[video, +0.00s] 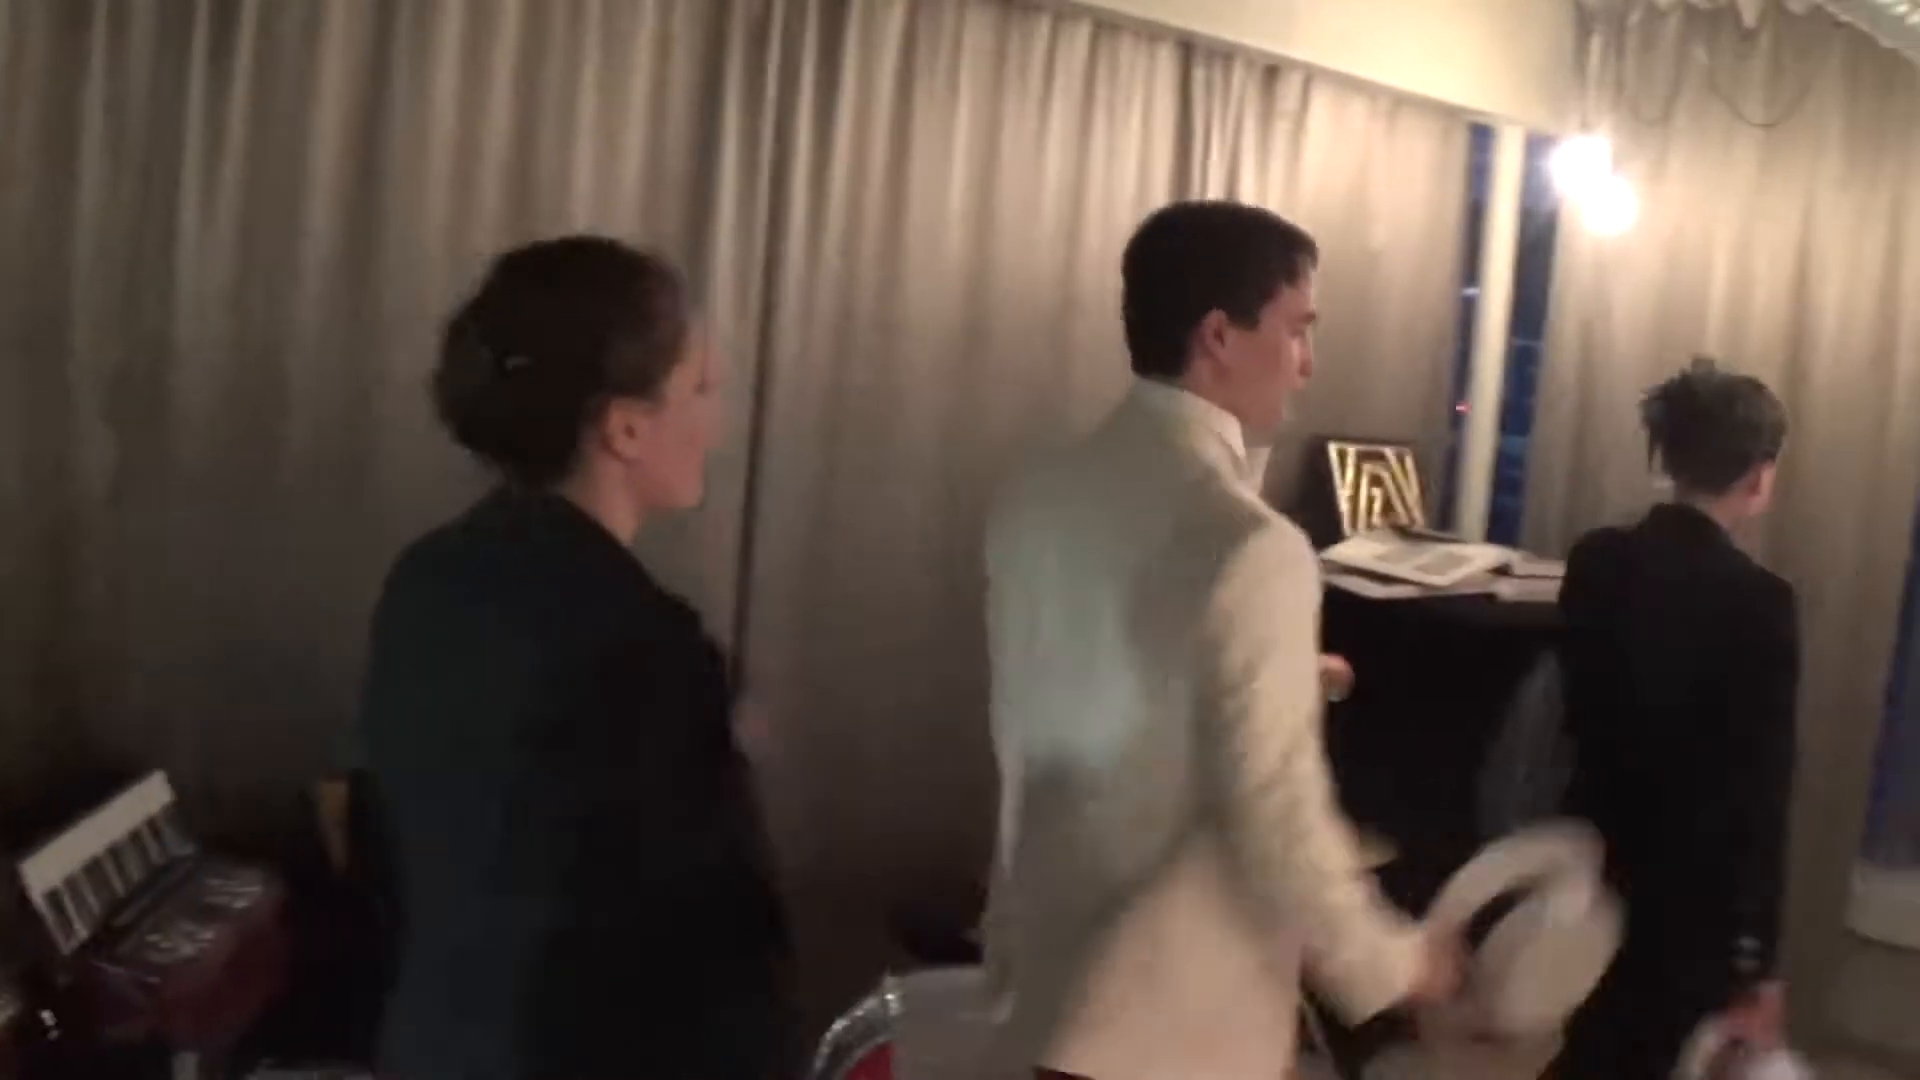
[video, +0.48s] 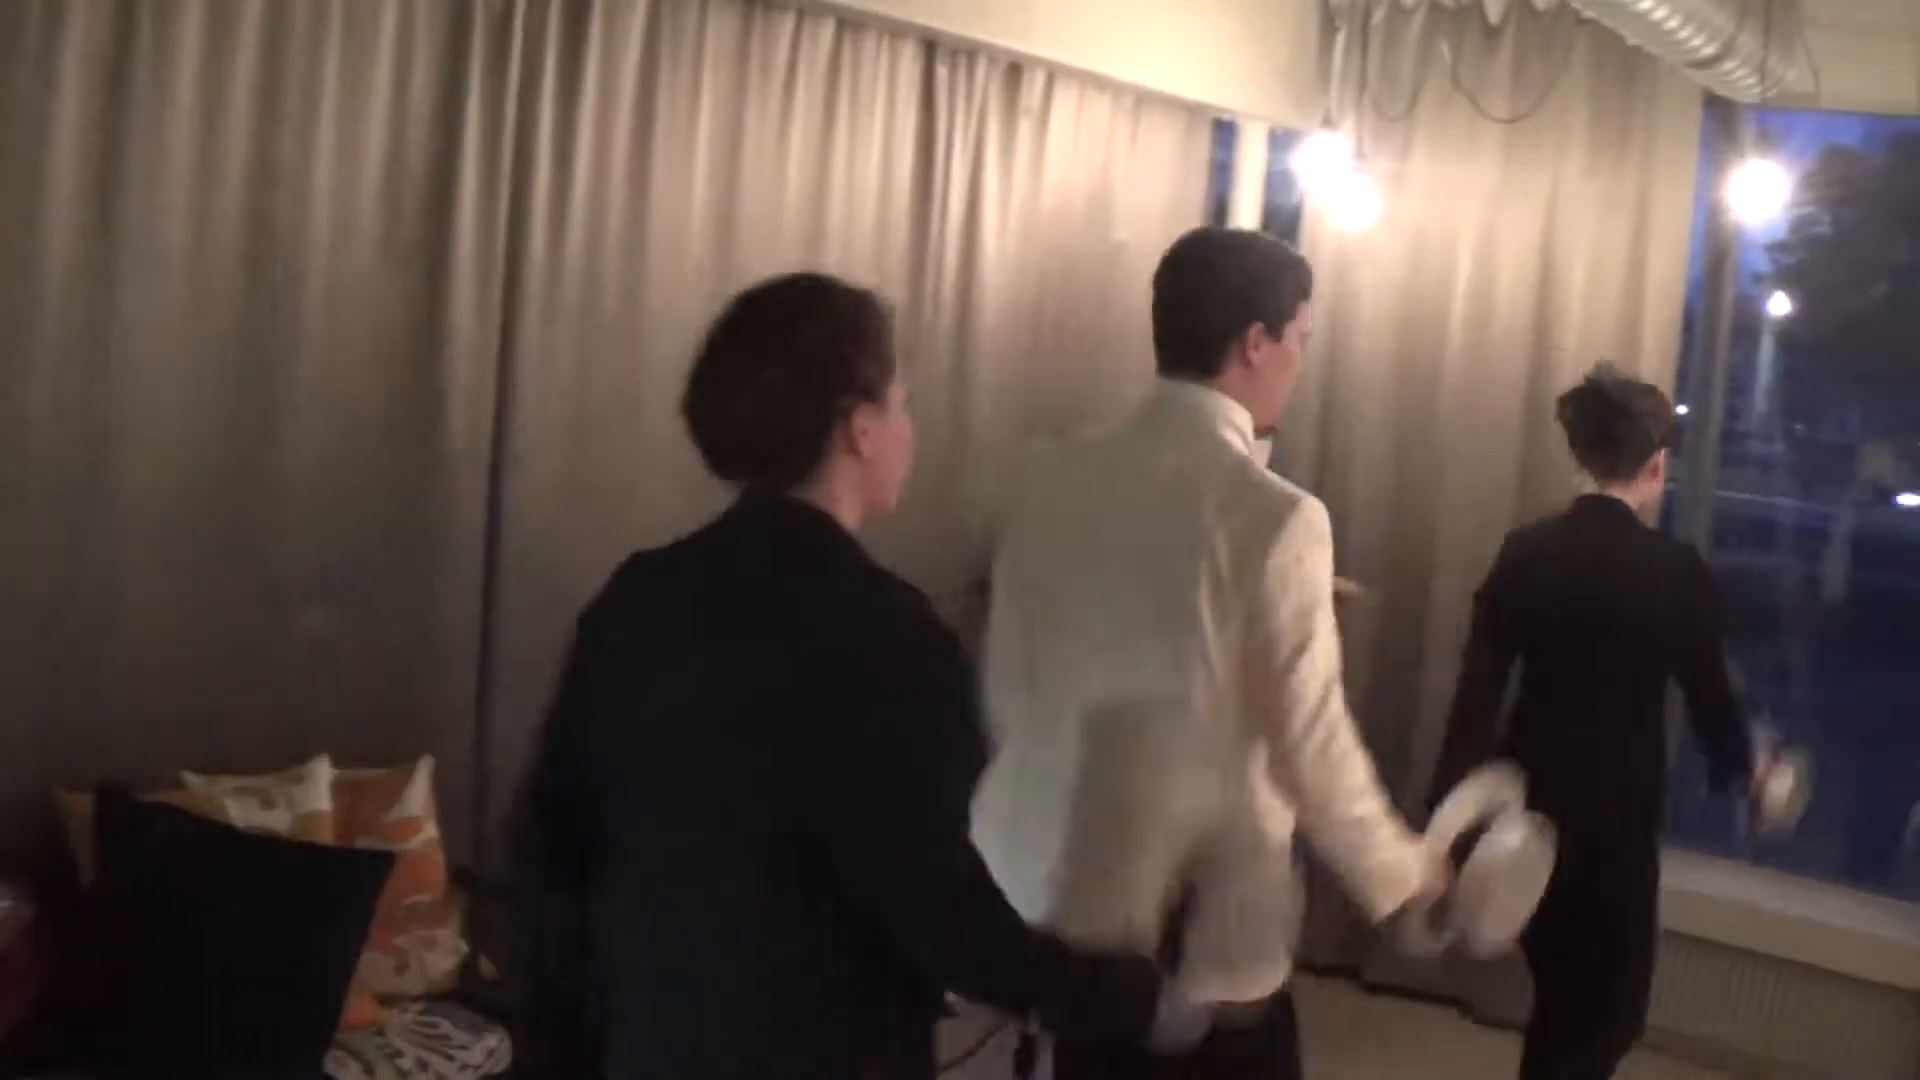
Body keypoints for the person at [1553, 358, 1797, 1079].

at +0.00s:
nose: (1771, 484)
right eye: (1773, 468)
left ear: (1667, 457)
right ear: (1761, 479)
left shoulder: (1595, 560)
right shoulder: (1760, 600)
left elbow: (1579, 719)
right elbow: (1763, 793)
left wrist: (1589, 844)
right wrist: (1759, 961)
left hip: (1604, 844)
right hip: (1703, 863)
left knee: (1600, 1023)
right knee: (1649, 1041)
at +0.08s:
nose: (1757, 486)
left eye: (1754, 467)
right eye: (1758, 470)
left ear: (1655, 462)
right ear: (1742, 478)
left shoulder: (1587, 563)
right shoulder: (1742, 598)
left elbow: (1549, 717)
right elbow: (1777, 759)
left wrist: (1535, 846)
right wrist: (1813, 898)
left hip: (1587, 859)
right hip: (1693, 873)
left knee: (1616, 1023)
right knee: (1642, 1048)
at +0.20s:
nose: (1732, 461)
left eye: (1727, 443)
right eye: (1732, 446)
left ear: (1631, 437)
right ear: (1718, 453)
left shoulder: (1562, 540)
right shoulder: (1728, 563)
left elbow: (1493, 677)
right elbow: (1793, 706)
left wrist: (1456, 809)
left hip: (1557, 829)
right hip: (1660, 843)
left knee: (1600, 986)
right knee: (1615, 1031)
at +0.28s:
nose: (1710, 459)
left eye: (1707, 443)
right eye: (1708, 444)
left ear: (1615, 441)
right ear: (1694, 454)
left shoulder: (1545, 537)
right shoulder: (1704, 554)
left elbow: (1493, 650)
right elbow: (1779, 656)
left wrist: (1440, 744)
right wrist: (1831, 632)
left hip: (1546, 802)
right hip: (1643, 815)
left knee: (1595, 995)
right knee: (1577, 1000)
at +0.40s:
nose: (1682, 467)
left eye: (1678, 452)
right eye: (1680, 453)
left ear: (1591, 454)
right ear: (1666, 464)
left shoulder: (1535, 547)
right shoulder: (1681, 561)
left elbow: (1474, 678)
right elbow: (1750, 666)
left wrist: (1439, 784)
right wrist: (1795, 673)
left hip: (1530, 819)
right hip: (1629, 824)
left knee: (1572, 1006)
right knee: (1585, 1018)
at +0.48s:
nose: (1666, 473)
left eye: (1662, 457)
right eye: (1665, 458)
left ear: (1578, 455)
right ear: (1653, 465)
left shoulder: (1526, 552)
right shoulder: (1673, 569)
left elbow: (1478, 694)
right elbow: (1710, 697)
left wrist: (1447, 822)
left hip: (1528, 805)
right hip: (1620, 814)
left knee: (1558, 1002)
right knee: (1614, 1010)